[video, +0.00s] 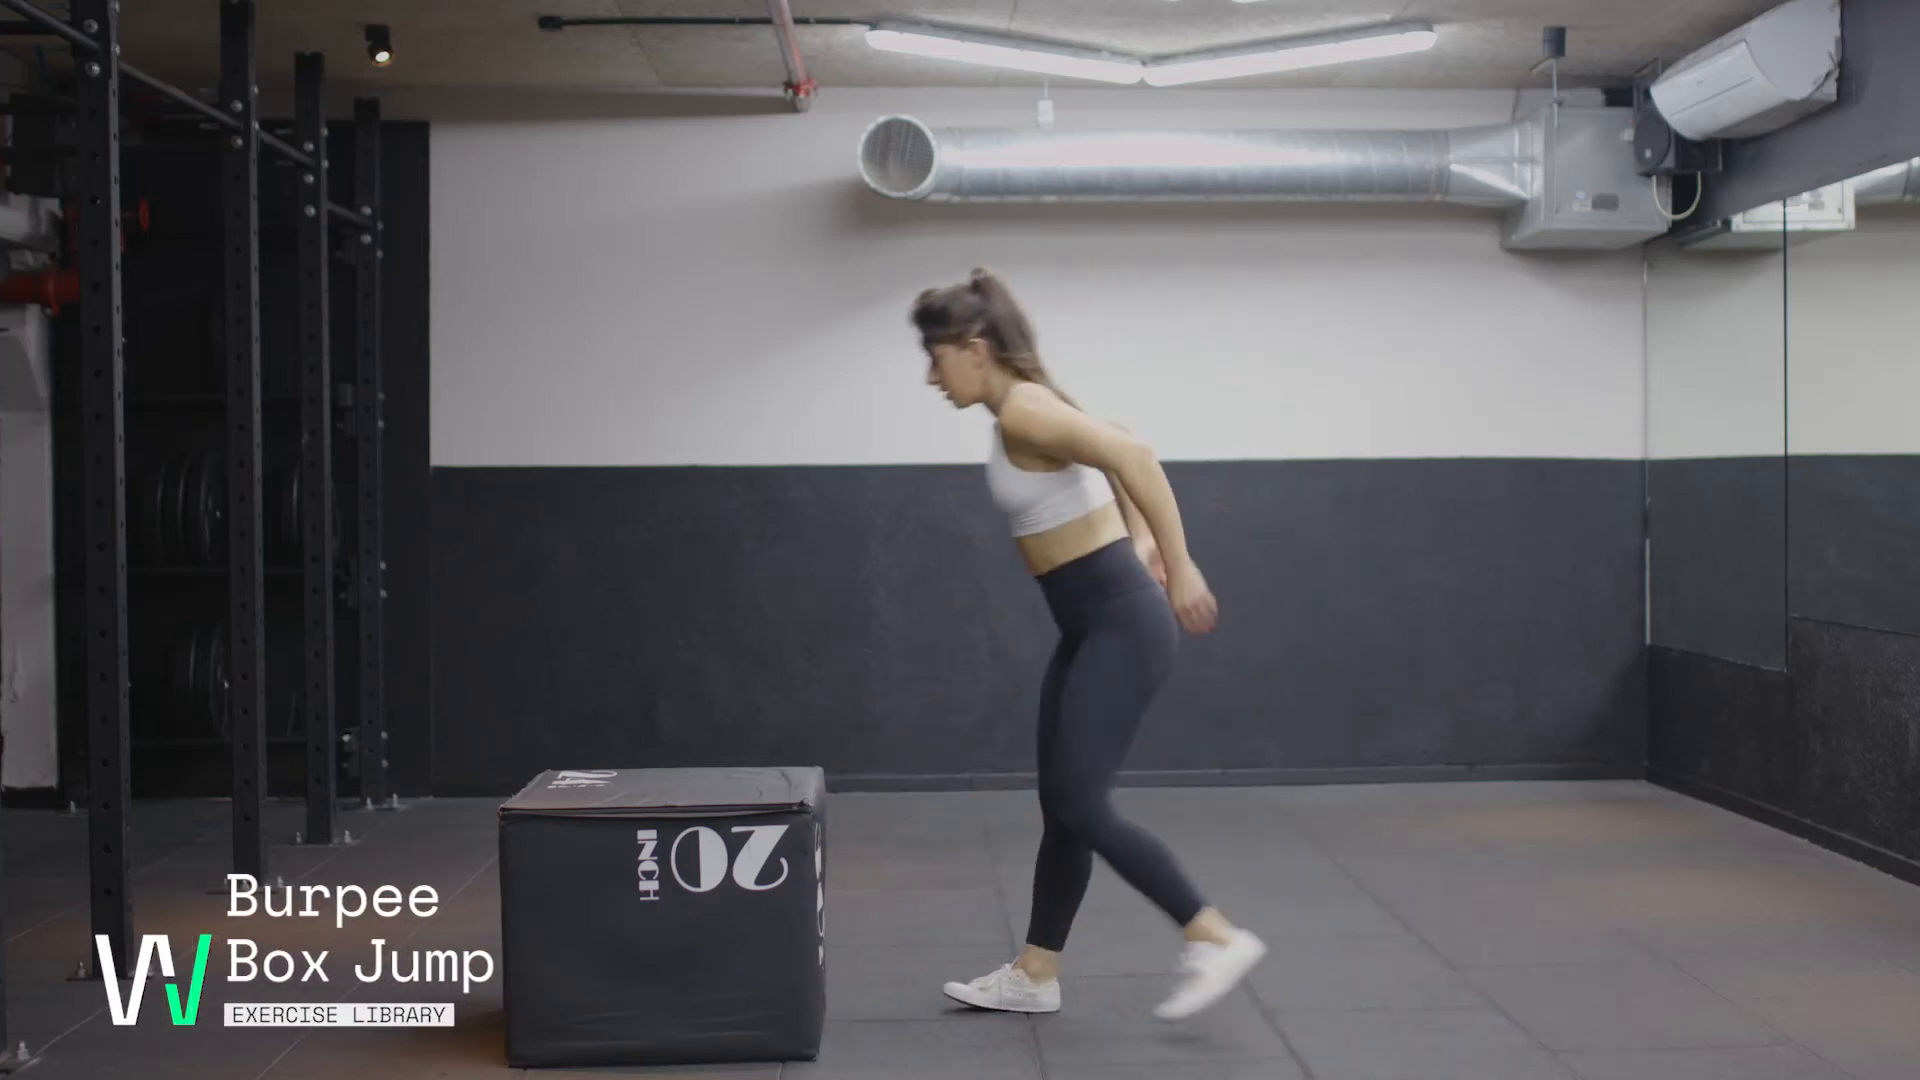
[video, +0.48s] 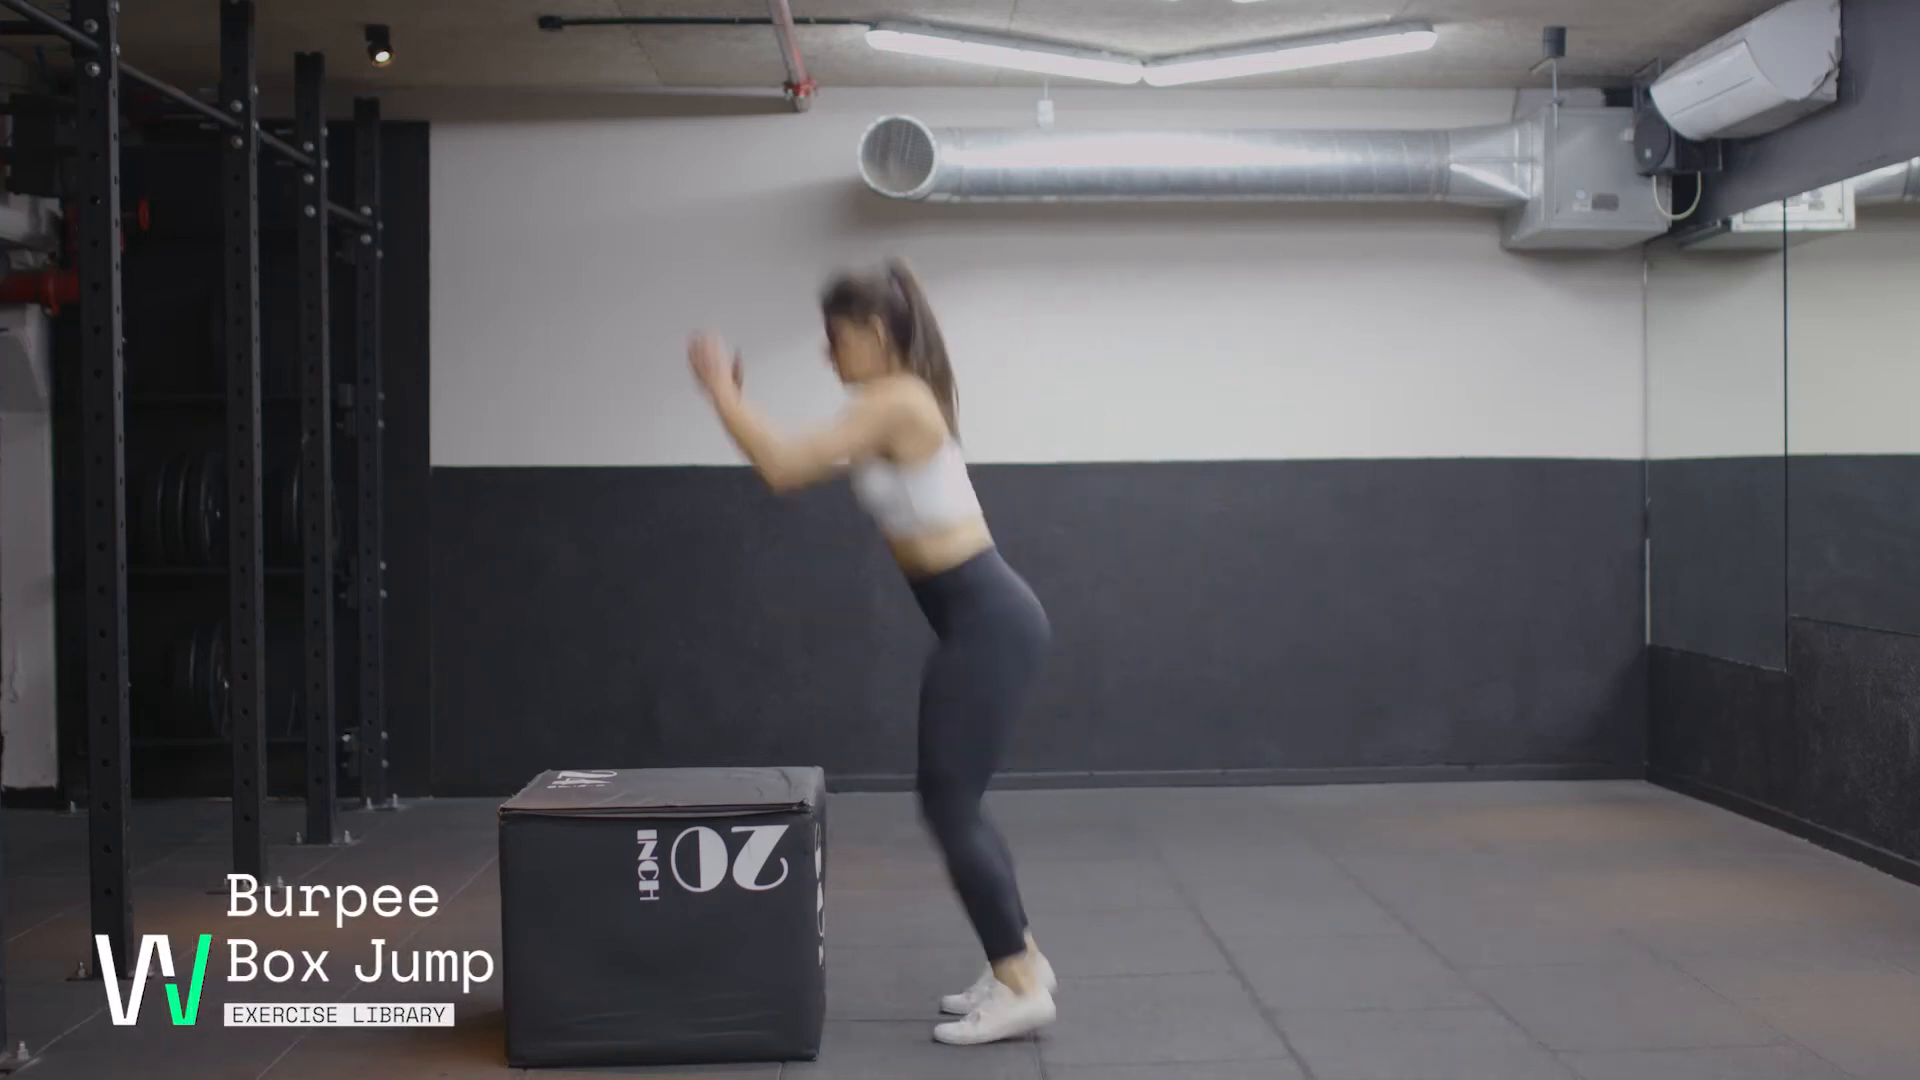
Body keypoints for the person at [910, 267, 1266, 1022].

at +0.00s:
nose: (929, 372)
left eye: (936, 354)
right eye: (928, 356)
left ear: (977, 348)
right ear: (979, 350)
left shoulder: (1024, 411)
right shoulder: (1022, 412)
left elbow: (1136, 457)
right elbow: (1118, 462)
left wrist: (1181, 570)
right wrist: (1145, 553)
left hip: (1122, 623)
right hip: (1091, 625)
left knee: (1081, 802)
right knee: (1063, 799)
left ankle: (1216, 938)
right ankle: (1037, 970)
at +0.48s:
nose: (830, 347)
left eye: (841, 333)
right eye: (830, 333)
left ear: (883, 331)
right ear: (869, 336)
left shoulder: (901, 401)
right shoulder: (888, 400)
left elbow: (784, 471)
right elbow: (788, 468)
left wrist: (721, 393)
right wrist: (730, 397)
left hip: (988, 623)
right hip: (972, 620)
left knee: (951, 803)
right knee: (949, 800)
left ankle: (1023, 985)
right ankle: (1016, 966)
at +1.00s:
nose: (627, 312)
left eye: (628, 294)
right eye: (621, 298)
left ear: (666, 275)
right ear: (668, 276)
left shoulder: (727, 344)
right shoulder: (741, 328)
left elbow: (732, 481)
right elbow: (770, 476)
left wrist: (712, 599)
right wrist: (755, 574)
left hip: (895, 473)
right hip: (899, 468)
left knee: (741, 573)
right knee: (741, 569)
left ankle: (783, 754)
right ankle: (778, 749)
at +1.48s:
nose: (695, 119)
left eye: (696, 102)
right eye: (689, 105)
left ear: (731, 82)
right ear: (743, 78)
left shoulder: (765, 154)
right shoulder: (796, 147)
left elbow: (786, 286)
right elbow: (819, 282)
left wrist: (778, 400)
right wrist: (793, 388)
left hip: (806, 366)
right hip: (821, 362)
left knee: (788, 567)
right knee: (790, 566)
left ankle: (787, 753)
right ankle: (783, 746)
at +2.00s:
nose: (771, 243)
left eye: (772, 226)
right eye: (764, 229)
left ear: (799, 207)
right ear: (815, 198)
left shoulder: (859, 274)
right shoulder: (865, 258)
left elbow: (910, 399)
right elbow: (888, 389)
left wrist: (907, 518)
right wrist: (815, 427)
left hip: (951, 460)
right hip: (980, 457)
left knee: (789, 571)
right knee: (1015, 649)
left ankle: (785, 757)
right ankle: (1095, 802)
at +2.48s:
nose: (957, 442)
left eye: (955, 425)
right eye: (948, 432)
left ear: (986, 398)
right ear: (987, 401)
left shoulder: (1065, 446)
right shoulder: (1039, 458)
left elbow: (1114, 563)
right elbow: (1069, 570)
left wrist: (1128, 680)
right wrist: (1039, 663)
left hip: (1196, 589)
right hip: (1186, 600)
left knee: (1021, 650)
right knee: (1190, 795)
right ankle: (1232, 966)